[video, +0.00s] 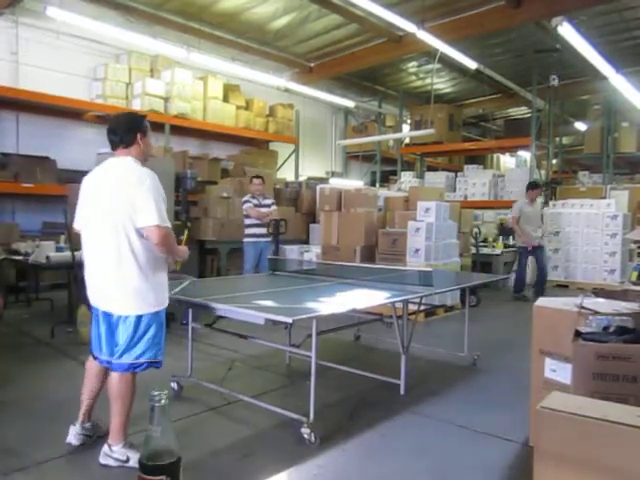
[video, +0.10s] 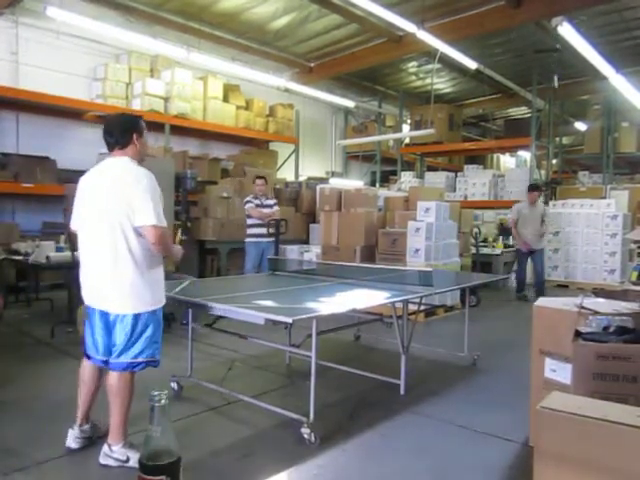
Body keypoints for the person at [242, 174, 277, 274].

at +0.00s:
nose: (257, 187)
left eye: (260, 185)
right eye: (255, 184)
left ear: (263, 186)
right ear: (250, 186)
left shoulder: (269, 200)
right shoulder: (247, 199)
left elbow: (276, 215)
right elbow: (253, 213)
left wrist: (262, 218)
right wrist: (269, 213)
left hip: (267, 239)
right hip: (251, 239)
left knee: (265, 269)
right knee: (249, 269)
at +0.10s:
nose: (260, 188)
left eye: (262, 185)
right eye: (257, 185)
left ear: (266, 186)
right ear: (254, 186)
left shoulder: (272, 201)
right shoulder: (249, 200)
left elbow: (277, 215)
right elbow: (255, 213)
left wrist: (264, 218)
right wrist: (271, 214)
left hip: (269, 239)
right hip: (253, 239)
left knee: (267, 269)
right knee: (250, 269)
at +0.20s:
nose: (262, 188)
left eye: (264, 185)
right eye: (259, 185)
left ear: (268, 186)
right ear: (256, 187)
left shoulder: (274, 201)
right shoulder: (251, 200)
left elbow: (279, 215)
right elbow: (256, 213)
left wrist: (266, 218)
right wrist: (272, 213)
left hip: (270, 239)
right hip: (254, 239)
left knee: (268, 269)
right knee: (251, 269)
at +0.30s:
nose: (263, 188)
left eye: (265, 185)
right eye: (260, 185)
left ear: (269, 186)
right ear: (257, 187)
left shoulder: (275, 200)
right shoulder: (252, 199)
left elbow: (280, 214)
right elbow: (257, 213)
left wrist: (268, 218)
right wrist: (273, 214)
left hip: (271, 238)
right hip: (255, 238)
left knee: (268, 268)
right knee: (251, 268)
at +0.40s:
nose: (264, 188)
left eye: (266, 185)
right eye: (261, 185)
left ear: (270, 186)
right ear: (258, 186)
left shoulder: (276, 201)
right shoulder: (253, 199)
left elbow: (281, 215)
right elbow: (257, 212)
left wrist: (269, 218)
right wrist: (274, 213)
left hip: (271, 238)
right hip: (255, 238)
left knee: (268, 268)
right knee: (251, 268)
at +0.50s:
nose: (264, 188)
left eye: (267, 185)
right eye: (262, 185)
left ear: (271, 186)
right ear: (258, 187)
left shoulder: (277, 201)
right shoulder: (253, 199)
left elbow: (281, 215)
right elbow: (257, 212)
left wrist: (269, 218)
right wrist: (274, 213)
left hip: (271, 239)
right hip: (255, 238)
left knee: (268, 268)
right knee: (251, 268)